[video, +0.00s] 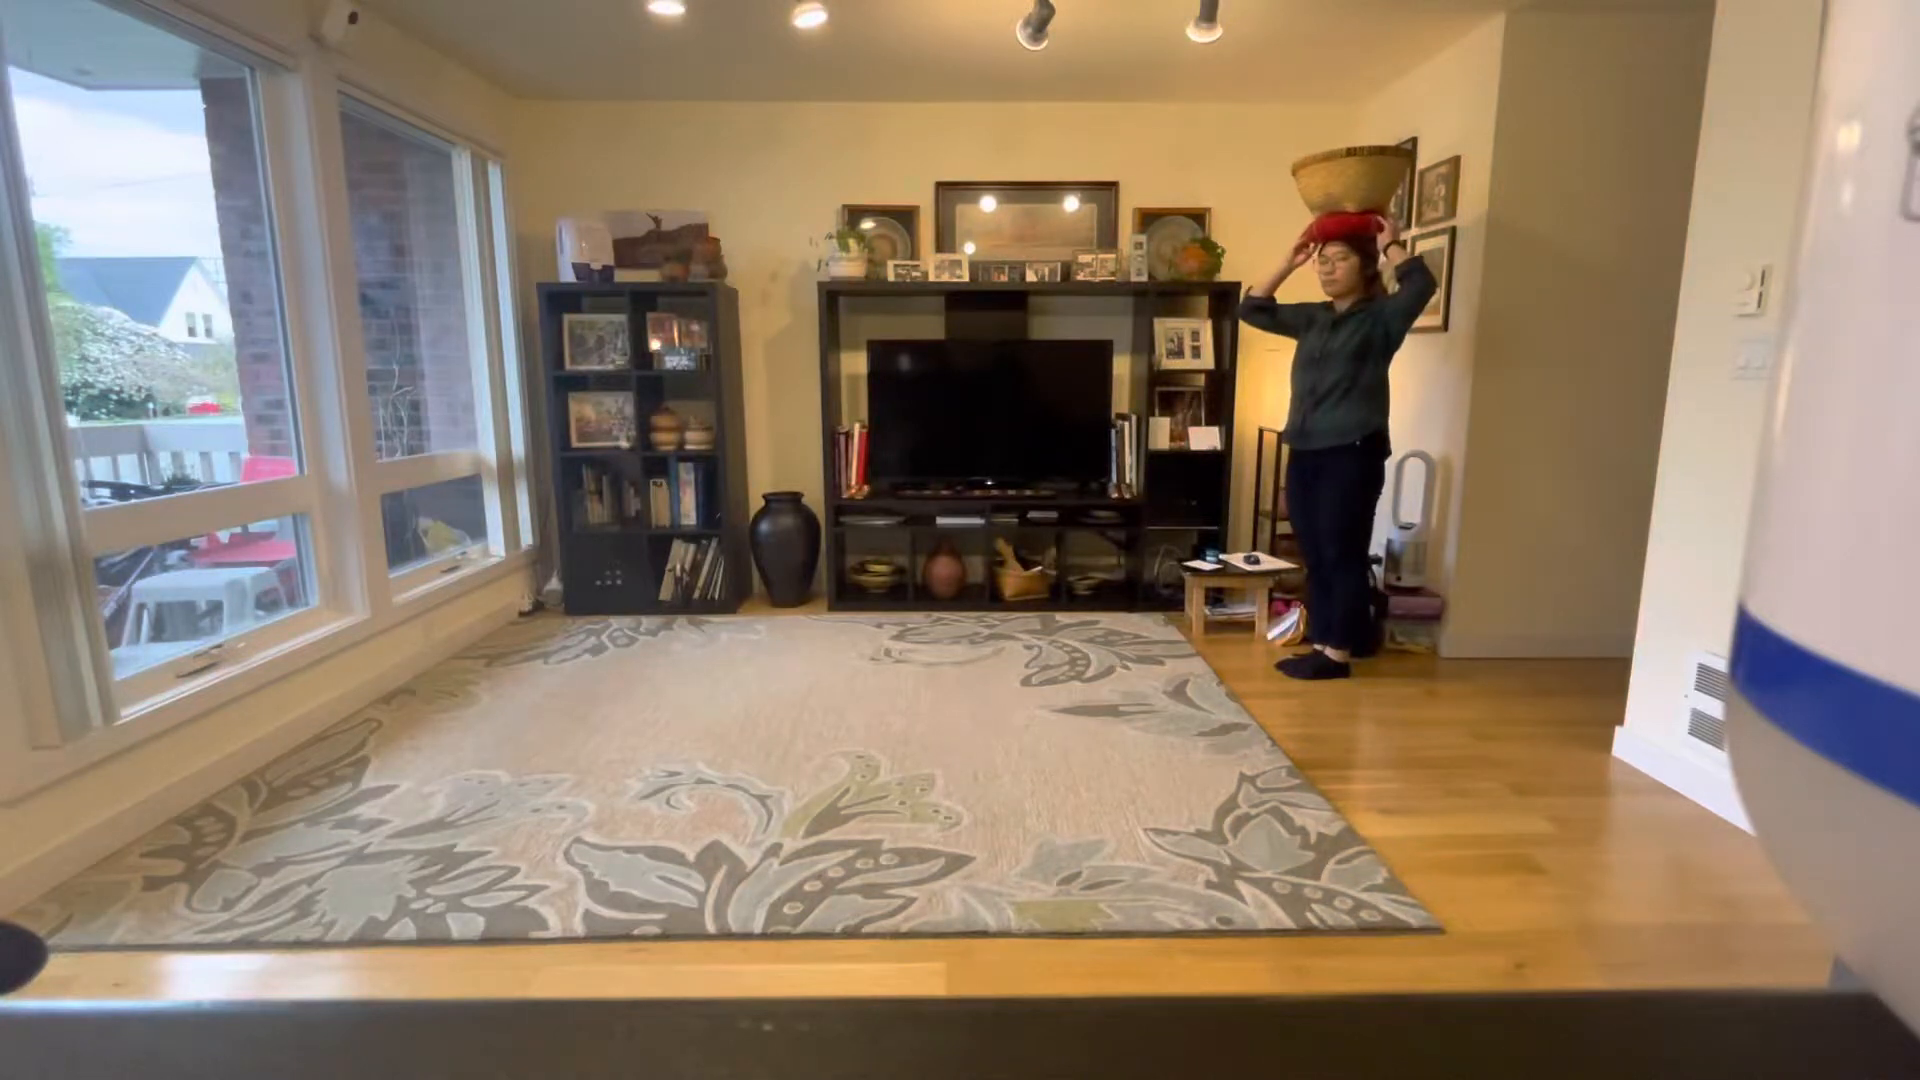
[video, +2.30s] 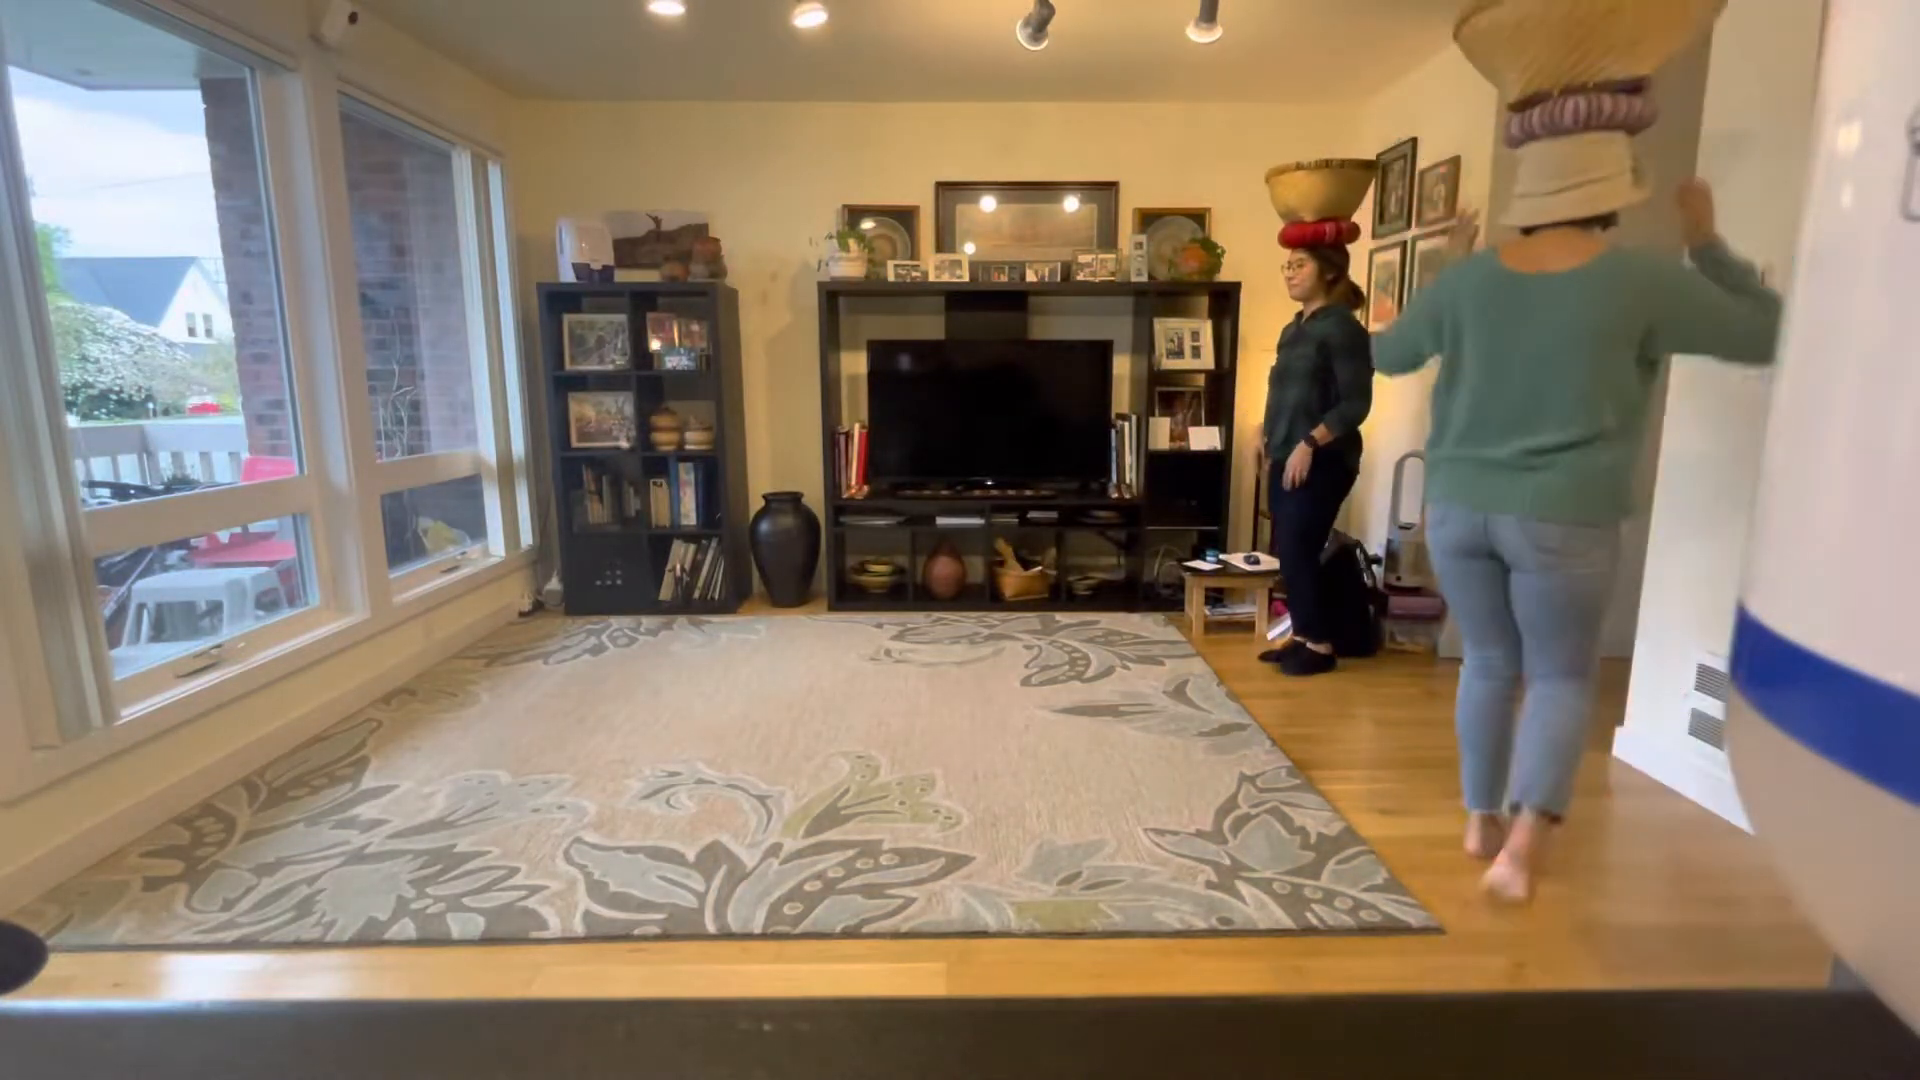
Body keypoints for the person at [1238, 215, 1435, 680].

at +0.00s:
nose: (1326, 267)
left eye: (1339, 258)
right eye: (1321, 259)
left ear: (1366, 267)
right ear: (1316, 265)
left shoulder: (1381, 317)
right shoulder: (1312, 317)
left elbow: (1422, 284)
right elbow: (1250, 310)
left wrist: (1391, 245)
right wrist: (1289, 264)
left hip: (1355, 448)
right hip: (1306, 448)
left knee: (1341, 547)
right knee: (1315, 547)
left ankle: (1338, 650)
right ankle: (1321, 641)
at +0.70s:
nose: (1322, 267)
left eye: (1334, 258)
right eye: (1318, 259)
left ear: (1360, 267)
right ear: (1314, 266)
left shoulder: (1375, 315)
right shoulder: (1312, 320)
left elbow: (1403, 319)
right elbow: (1253, 332)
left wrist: (1380, 264)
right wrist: (1276, 282)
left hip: (1351, 452)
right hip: (1304, 452)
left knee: (1341, 550)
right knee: (1314, 551)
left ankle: (1337, 652)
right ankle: (1323, 643)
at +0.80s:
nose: (1321, 268)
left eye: (1332, 259)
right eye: (1318, 260)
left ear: (1361, 264)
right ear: (1315, 267)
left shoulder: (1378, 317)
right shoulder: (1313, 323)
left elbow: (1398, 353)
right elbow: (1258, 352)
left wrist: (1370, 293)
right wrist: (1262, 300)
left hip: (1350, 457)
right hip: (1305, 456)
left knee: (1341, 553)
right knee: (1315, 553)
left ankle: (1338, 653)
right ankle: (1323, 644)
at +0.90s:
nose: (1321, 268)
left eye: (1332, 259)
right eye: (1318, 261)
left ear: (1362, 266)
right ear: (1314, 268)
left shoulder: (1382, 322)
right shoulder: (1316, 325)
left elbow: (1391, 382)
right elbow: (1269, 370)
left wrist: (1347, 345)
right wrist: (1254, 325)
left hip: (1350, 459)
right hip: (1305, 458)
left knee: (1340, 553)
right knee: (1314, 553)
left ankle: (1337, 652)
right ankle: (1324, 643)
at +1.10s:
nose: (1319, 268)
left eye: (1330, 259)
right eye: (1317, 261)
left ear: (1361, 266)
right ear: (1316, 268)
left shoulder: (1378, 324)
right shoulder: (1318, 328)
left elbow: (1392, 399)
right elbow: (1296, 395)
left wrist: (1334, 410)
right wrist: (1257, 370)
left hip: (1350, 462)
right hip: (1308, 460)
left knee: (1339, 554)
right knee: (1315, 555)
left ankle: (1337, 652)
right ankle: (1323, 643)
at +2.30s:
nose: (1288, 274)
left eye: (1298, 266)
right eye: (1287, 267)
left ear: (1327, 272)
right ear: (1294, 273)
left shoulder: (1342, 326)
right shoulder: (1294, 329)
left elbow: (1356, 402)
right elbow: (1284, 390)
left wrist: (1310, 442)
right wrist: (1266, 434)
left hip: (1327, 454)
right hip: (1290, 452)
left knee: (1300, 547)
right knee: (1288, 547)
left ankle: (1319, 643)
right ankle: (1301, 634)